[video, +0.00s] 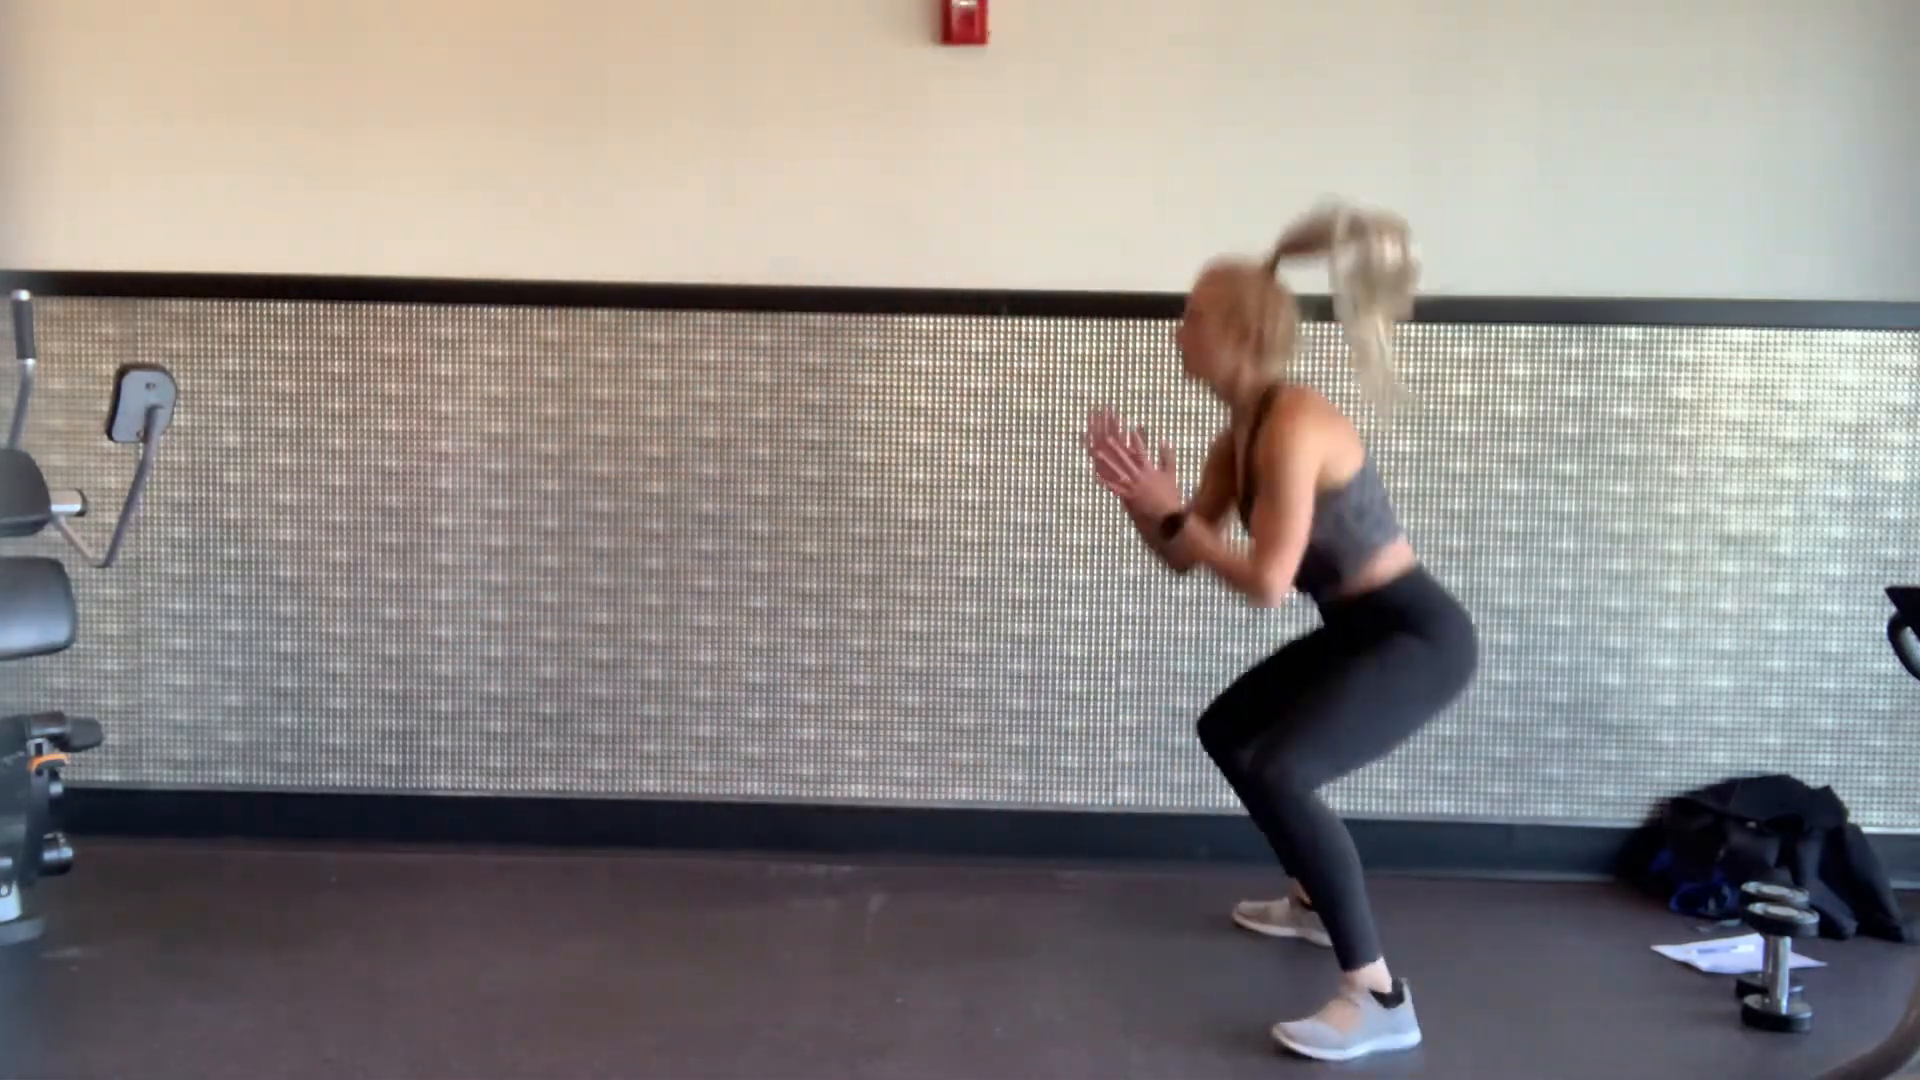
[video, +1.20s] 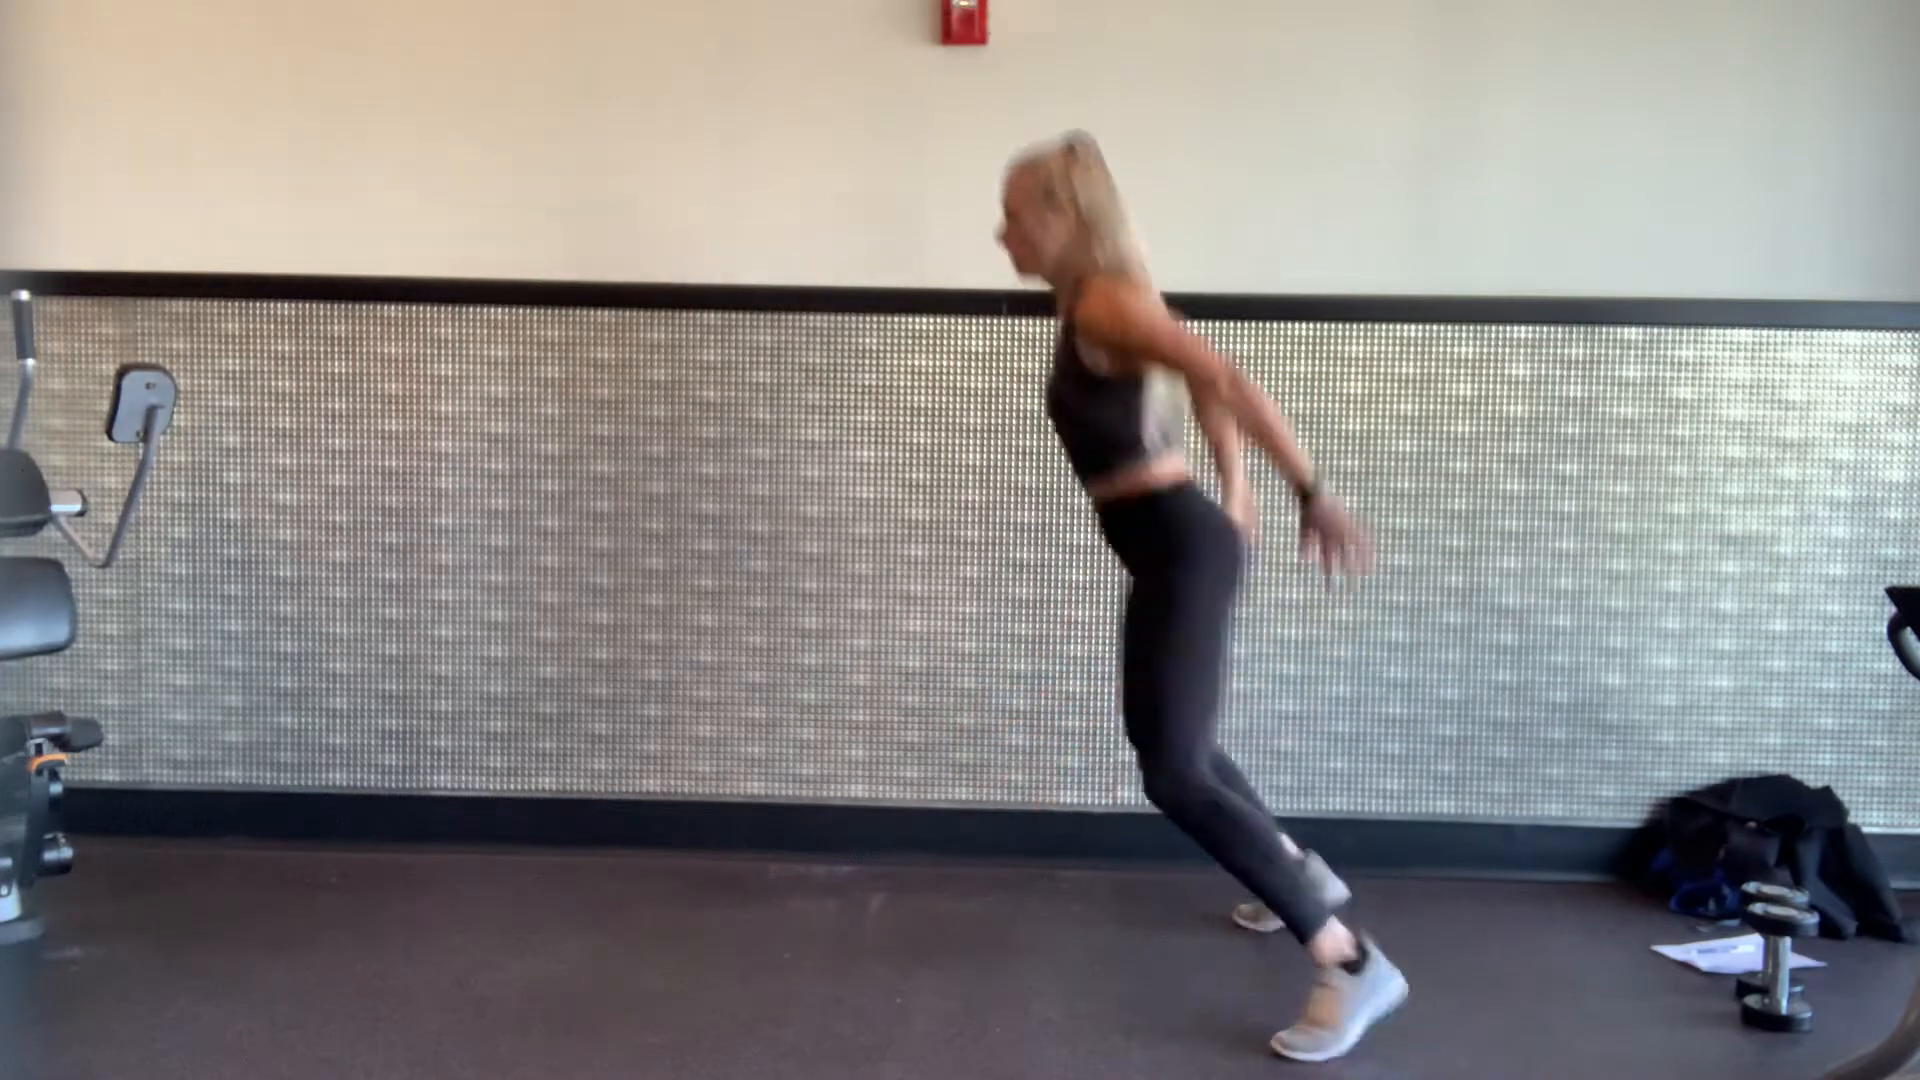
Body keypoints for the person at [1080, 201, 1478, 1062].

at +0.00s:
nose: (1177, 328)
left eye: (1190, 314)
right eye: (1182, 313)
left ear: (1236, 335)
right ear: (1238, 335)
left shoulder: (1293, 426)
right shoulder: (1240, 435)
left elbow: (1266, 582)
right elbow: (1184, 553)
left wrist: (1177, 516)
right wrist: (1139, 499)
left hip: (1420, 637)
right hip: (1362, 631)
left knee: (1278, 769)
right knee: (1229, 729)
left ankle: (1375, 990)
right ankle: (1318, 901)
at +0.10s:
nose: (1171, 424)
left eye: (1185, 411)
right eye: (1177, 409)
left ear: (1231, 430)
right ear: (1235, 432)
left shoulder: (1286, 508)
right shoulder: (1239, 519)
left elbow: (1216, 656)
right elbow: (1167, 631)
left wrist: (1151, 561)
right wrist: (1144, 552)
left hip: (1445, 697)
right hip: (1382, 687)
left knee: (1288, 773)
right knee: (1234, 728)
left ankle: (1378, 996)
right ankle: (1319, 903)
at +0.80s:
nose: (1123, 399)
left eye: (1134, 385)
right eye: (1124, 384)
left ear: (1185, 388)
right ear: (1184, 390)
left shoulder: (1244, 470)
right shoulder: (1210, 468)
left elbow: (1136, 596)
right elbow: (1124, 567)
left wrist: (1037, 533)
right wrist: (1034, 529)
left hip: (1423, 647)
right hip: (1368, 636)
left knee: (1280, 770)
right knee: (1237, 722)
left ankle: (1377, 993)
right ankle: (1321, 901)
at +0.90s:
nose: (1100, 400)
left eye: (1111, 384)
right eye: (1101, 383)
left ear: (1164, 385)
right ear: (1162, 388)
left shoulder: (1222, 471)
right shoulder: (1189, 468)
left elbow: (1119, 593)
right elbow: (1102, 568)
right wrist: (1000, 629)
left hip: (1405, 643)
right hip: (1350, 636)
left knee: (1266, 778)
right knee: (1224, 728)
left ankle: (1375, 992)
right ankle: (1319, 899)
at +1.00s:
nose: (1072, 393)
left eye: (1080, 376)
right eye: (1071, 377)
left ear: (1132, 375)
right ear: (1136, 376)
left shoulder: (1189, 462)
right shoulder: (1158, 464)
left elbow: (1147, 611)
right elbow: (1109, 586)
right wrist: (1038, 687)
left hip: (1369, 634)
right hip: (1318, 633)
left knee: (1241, 792)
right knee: (1203, 738)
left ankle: (1371, 992)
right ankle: (1317, 898)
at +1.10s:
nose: (1036, 340)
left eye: (1046, 323)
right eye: (1037, 323)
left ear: (1094, 331)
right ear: (1099, 330)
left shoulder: (1148, 419)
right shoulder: (1130, 411)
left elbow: (1211, 558)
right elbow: (1176, 540)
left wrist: (1226, 694)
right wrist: (1157, 640)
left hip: (1302, 606)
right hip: (1264, 600)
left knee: (1214, 804)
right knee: (1183, 748)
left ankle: (1369, 991)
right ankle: (1309, 898)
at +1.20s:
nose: (1003, 233)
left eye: (1016, 216)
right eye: (1004, 216)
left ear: (1063, 217)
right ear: (1064, 219)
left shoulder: (1103, 302)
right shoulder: (1094, 300)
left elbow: (1225, 377)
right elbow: (1207, 381)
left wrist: (1311, 492)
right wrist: (1236, 495)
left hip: (1183, 548)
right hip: (1164, 546)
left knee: (1176, 776)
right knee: (1169, 745)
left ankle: (1351, 962)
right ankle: (1299, 875)